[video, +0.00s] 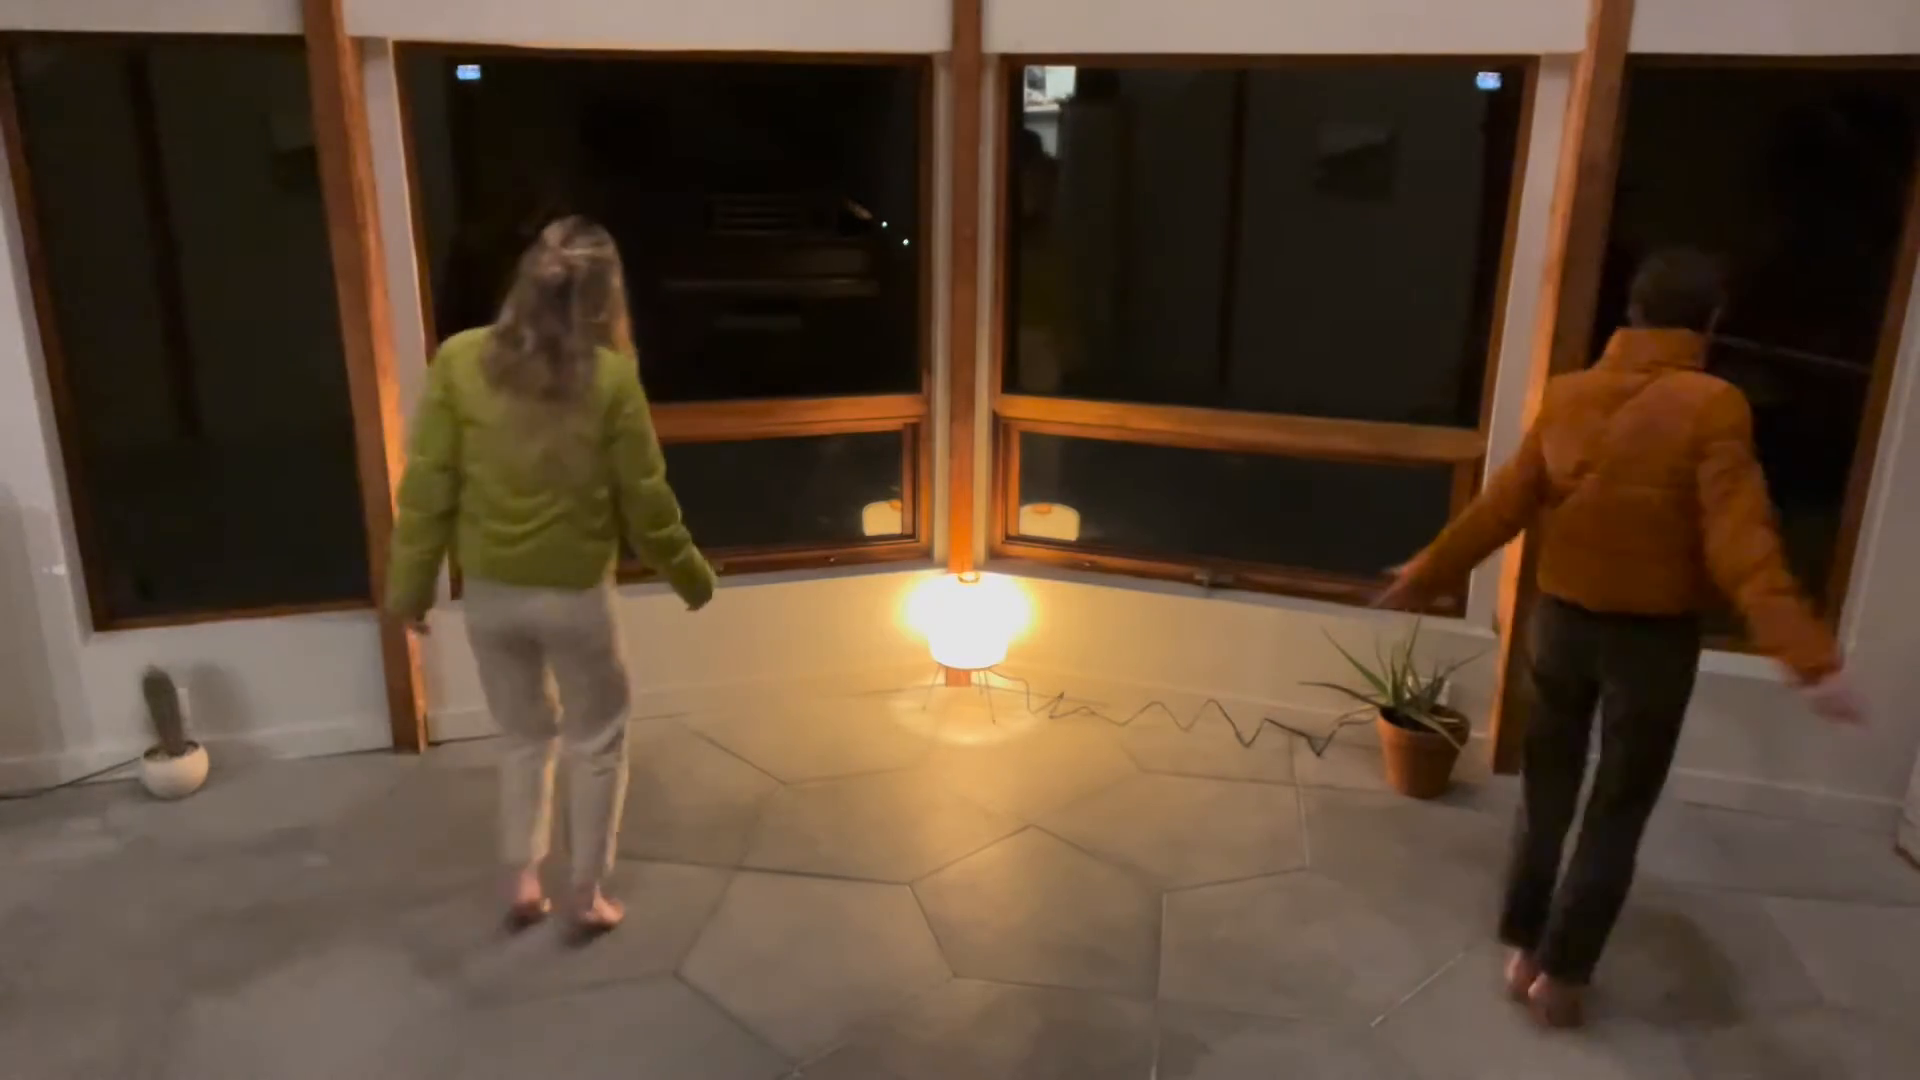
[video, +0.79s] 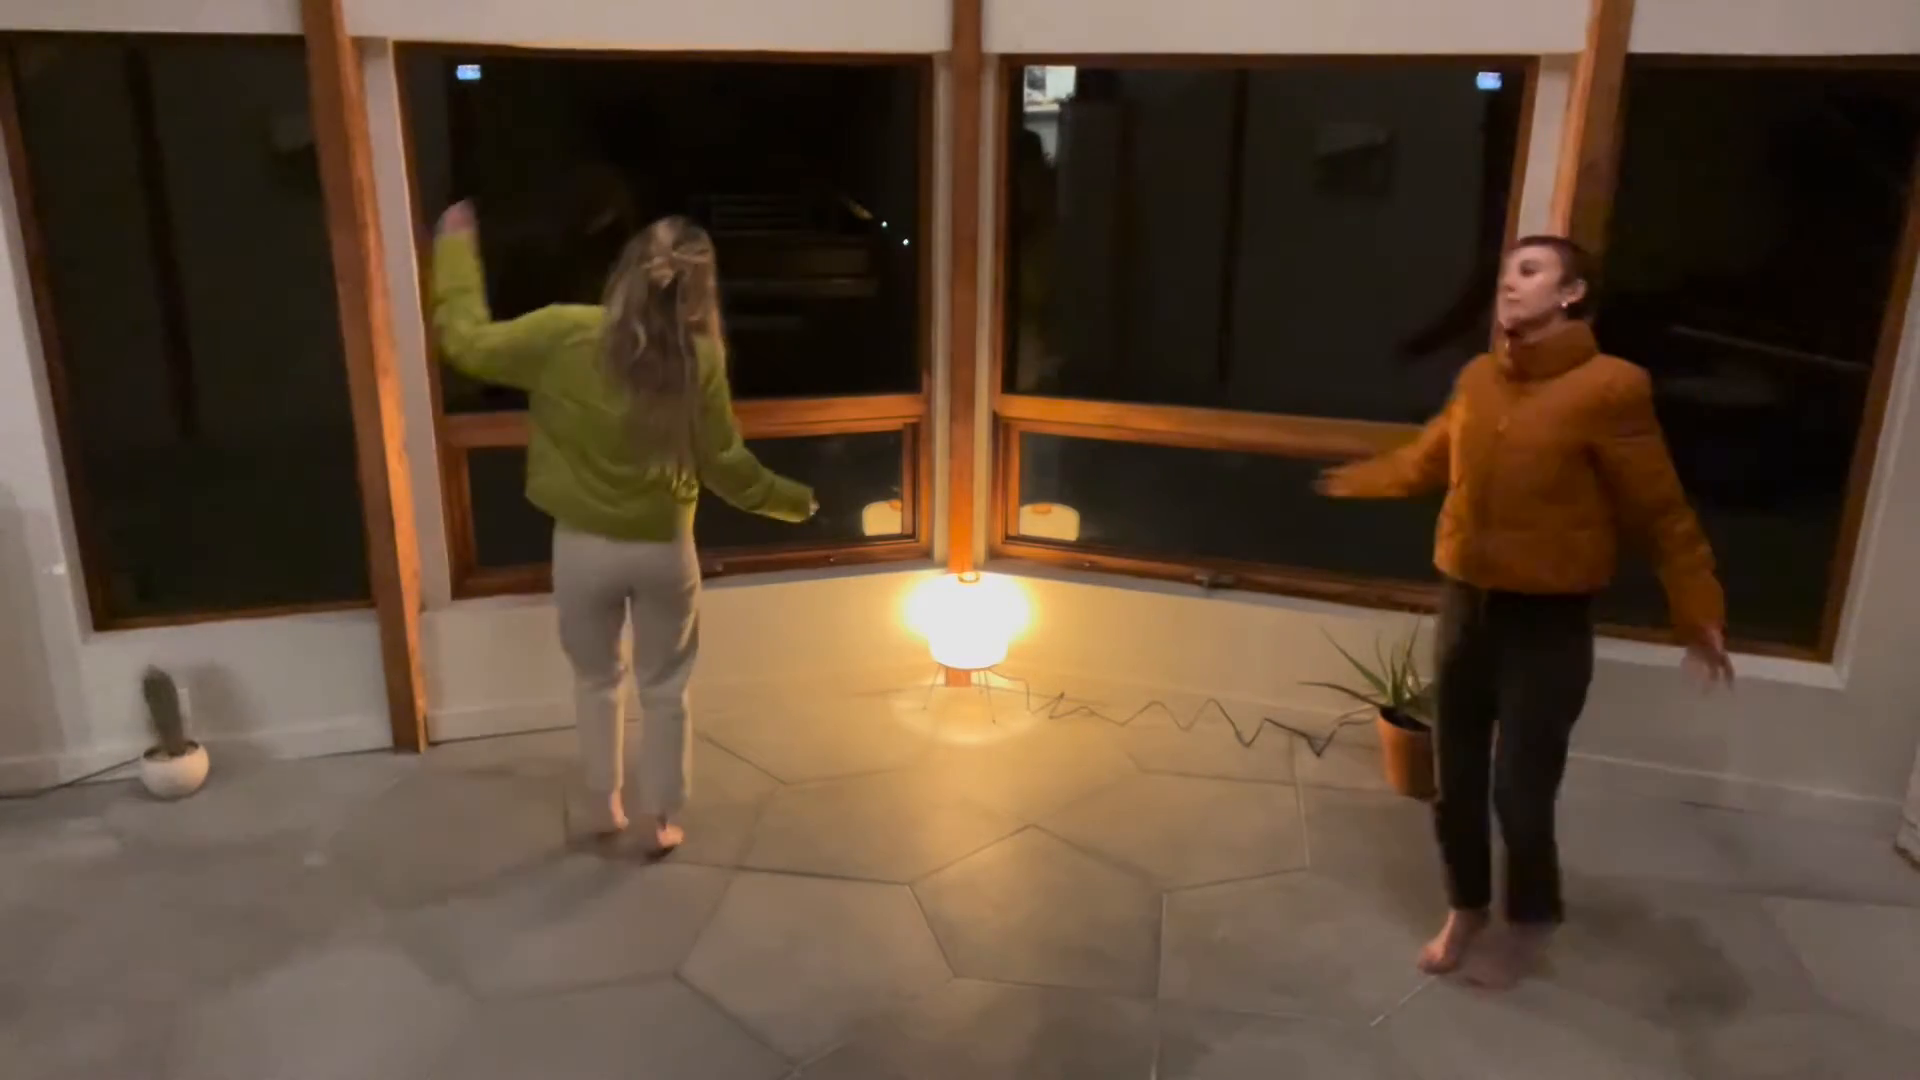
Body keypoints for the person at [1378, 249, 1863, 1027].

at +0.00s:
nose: (1711, 338)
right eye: (1711, 327)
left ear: (1632, 315)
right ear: (1706, 329)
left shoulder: (1574, 396)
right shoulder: (1711, 409)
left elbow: (1504, 502)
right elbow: (1742, 542)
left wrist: (1428, 569)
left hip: (1559, 624)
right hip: (1653, 639)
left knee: (1547, 786)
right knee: (1618, 807)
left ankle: (1525, 948)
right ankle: (1561, 978)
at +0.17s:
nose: (1612, 327)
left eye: (1610, 312)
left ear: (1607, 316)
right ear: (1684, 326)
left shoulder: (1554, 404)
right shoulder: (1717, 414)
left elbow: (1488, 524)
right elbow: (1776, 538)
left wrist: (1405, 608)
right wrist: (1877, 627)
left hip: (1544, 630)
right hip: (1637, 637)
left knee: (1530, 790)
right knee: (1594, 798)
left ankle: (1523, 971)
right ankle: (1572, 963)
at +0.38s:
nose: (1580, 304)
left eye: (1587, 292)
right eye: (1586, 290)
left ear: (1607, 303)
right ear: (1662, 314)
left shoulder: (1574, 405)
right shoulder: (1680, 406)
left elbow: (1551, 546)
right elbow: (1716, 510)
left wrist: (1507, 657)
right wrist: (1789, 573)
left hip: (1549, 630)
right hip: (1604, 632)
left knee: (1522, 800)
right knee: (1566, 784)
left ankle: (1548, 967)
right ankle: (1585, 951)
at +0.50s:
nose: (1561, 291)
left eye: (1576, 281)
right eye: (1571, 278)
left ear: (1608, 303)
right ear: (1612, 304)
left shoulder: (1604, 402)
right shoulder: (1589, 385)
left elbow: (1616, 538)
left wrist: (1615, 664)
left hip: (1544, 618)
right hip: (1529, 609)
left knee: (1520, 795)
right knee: (1523, 782)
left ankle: (1552, 947)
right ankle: (1569, 915)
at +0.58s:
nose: (1547, 283)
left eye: (1563, 276)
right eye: (1555, 271)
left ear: (1600, 300)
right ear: (1588, 298)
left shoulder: (1613, 398)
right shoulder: (1553, 378)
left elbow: (1642, 533)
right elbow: (1521, 493)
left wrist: (1672, 656)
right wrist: (1480, 564)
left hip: (1553, 630)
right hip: (1500, 616)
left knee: (1519, 798)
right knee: (1468, 785)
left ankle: (1552, 954)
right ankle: (1509, 917)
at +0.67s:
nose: (1533, 282)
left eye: (1552, 272)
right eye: (1539, 269)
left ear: (1594, 296)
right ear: (1562, 292)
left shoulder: (1613, 394)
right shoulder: (1526, 373)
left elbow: (1656, 525)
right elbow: (1483, 472)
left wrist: (1695, 646)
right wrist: (1465, 548)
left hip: (1552, 626)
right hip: (1484, 609)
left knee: (1525, 801)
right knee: (1461, 779)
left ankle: (1550, 956)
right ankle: (1462, 910)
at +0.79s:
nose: (1509, 284)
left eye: (1529, 272)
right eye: (1507, 272)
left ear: (1572, 294)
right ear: (1497, 290)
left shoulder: (1611, 389)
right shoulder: (1479, 382)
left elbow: (1663, 511)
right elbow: (1421, 461)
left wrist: (1699, 615)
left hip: (1551, 612)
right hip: (1467, 603)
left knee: (1521, 785)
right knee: (1457, 775)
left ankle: (1524, 929)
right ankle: (1466, 909)